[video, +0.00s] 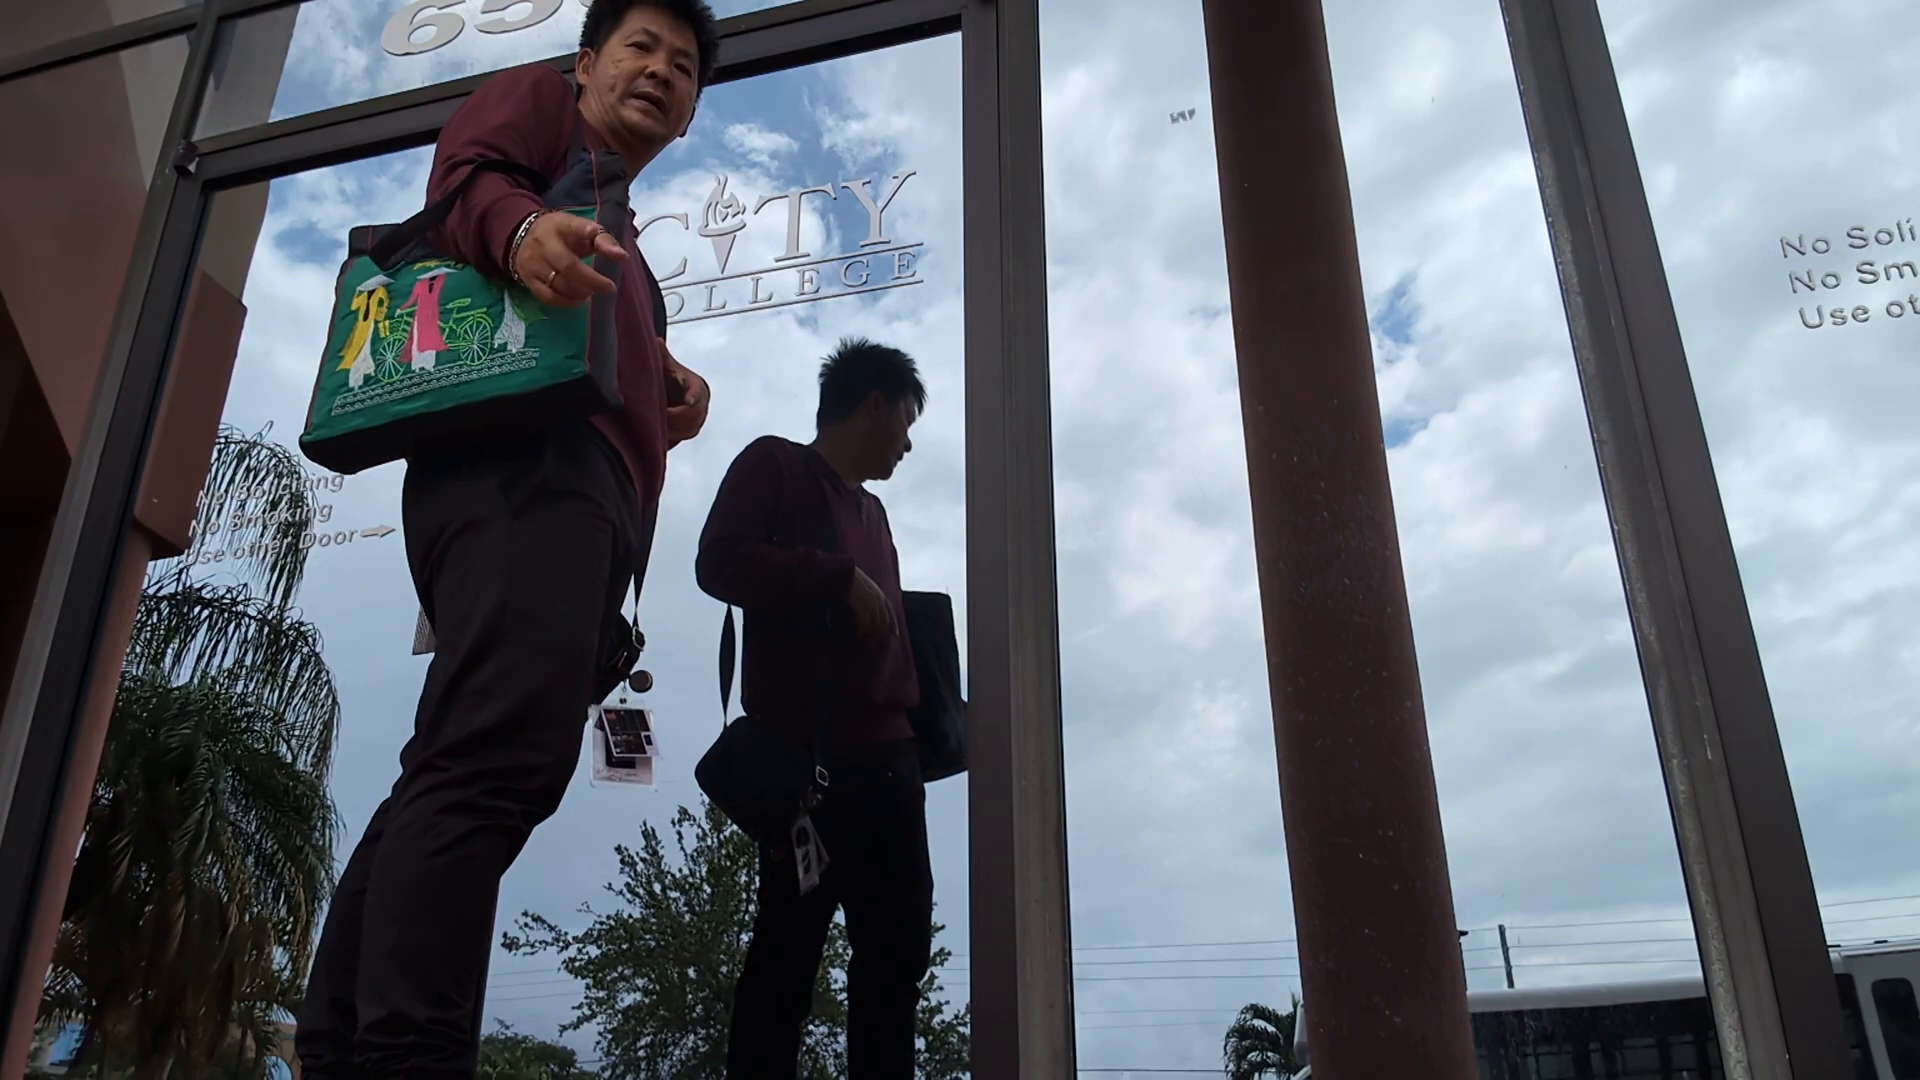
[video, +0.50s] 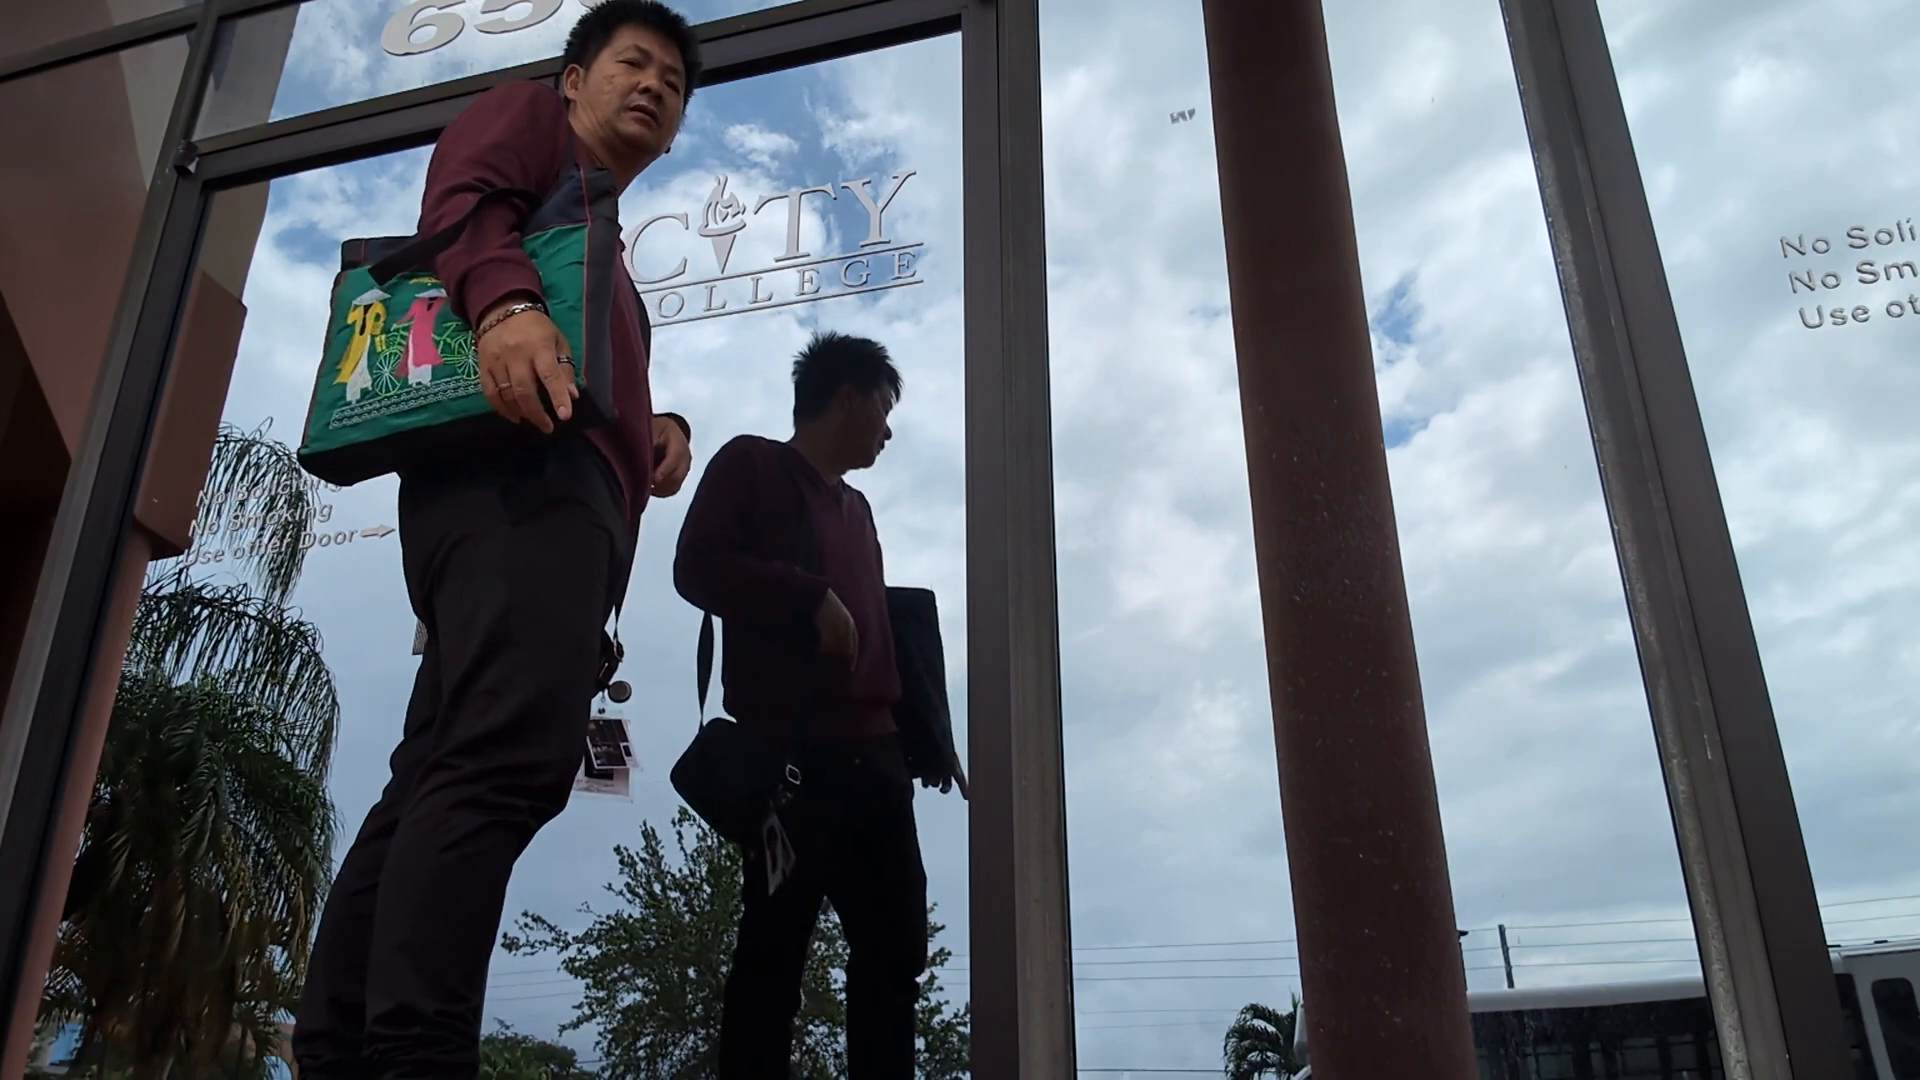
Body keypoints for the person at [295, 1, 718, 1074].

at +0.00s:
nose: (660, 70)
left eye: (683, 67)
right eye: (642, 46)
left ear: (686, 112)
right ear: (587, 58)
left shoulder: (623, 236)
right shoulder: (545, 92)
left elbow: (604, 366)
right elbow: (463, 173)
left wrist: (665, 396)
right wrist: (517, 229)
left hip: (578, 491)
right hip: (527, 458)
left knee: (457, 769)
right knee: (502, 766)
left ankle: (338, 1041)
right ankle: (410, 1051)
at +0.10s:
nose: (661, 75)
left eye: (682, 72)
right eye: (643, 50)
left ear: (685, 113)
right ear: (586, 61)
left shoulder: (618, 242)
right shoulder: (546, 96)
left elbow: (610, 369)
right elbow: (467, 174)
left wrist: (664, 400)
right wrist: (510, 259)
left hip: (579, 488)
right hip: (529, 454)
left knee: (458, 766)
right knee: (500, 765)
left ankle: (338, 1038)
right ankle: (410, 1049)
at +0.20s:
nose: (660, 79)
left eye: (681, 77)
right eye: (642, 55)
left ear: (683, 118)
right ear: (585, 63)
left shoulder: (616, 245)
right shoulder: (546, 96)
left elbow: (609, 368)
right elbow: (470, 178)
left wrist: (661, 401)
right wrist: (502, 284)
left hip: (578, 483)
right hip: (530, 449)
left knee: (458, 761)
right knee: (502, 761)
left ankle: (339, 1038)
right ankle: (413, 1051)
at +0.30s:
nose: (660, 83)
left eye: (680, 81)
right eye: (642, 59)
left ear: (682, 119)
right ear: (583, 65)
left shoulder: (615, 249)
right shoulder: (543, 99)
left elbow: (603, 385)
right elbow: (468, 184)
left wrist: (657, 415)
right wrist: (496, 295)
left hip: (575, 485)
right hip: (528, 452)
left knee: (450, 767)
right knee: (502, 765)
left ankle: (339, 1042)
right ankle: (414, 1052)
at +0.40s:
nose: (658, 86)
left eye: (678, 83)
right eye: (639, 61)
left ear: (679, 119)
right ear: (581, 65)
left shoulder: (610, 246)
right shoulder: (541, 101)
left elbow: (596, 389)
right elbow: (466, 185)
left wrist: (651, 427)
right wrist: (497, 297)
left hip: (568, 485)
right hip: (525, 456)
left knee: (445, 770)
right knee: (504, 765)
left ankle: (337, 1045)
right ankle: (415, 1052)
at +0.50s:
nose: (656, 91)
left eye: (674, 88)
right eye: (638, 66)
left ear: (672, 121)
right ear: (576, 69)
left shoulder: (604, 247)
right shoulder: (536, 108)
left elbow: (600, 389)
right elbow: (467, 190)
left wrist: (652, 432)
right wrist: (505, 304)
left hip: (559, 485)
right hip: (525, 461)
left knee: (442, 769)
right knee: (506, 763)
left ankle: (336, 1045)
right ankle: (417, 1051)